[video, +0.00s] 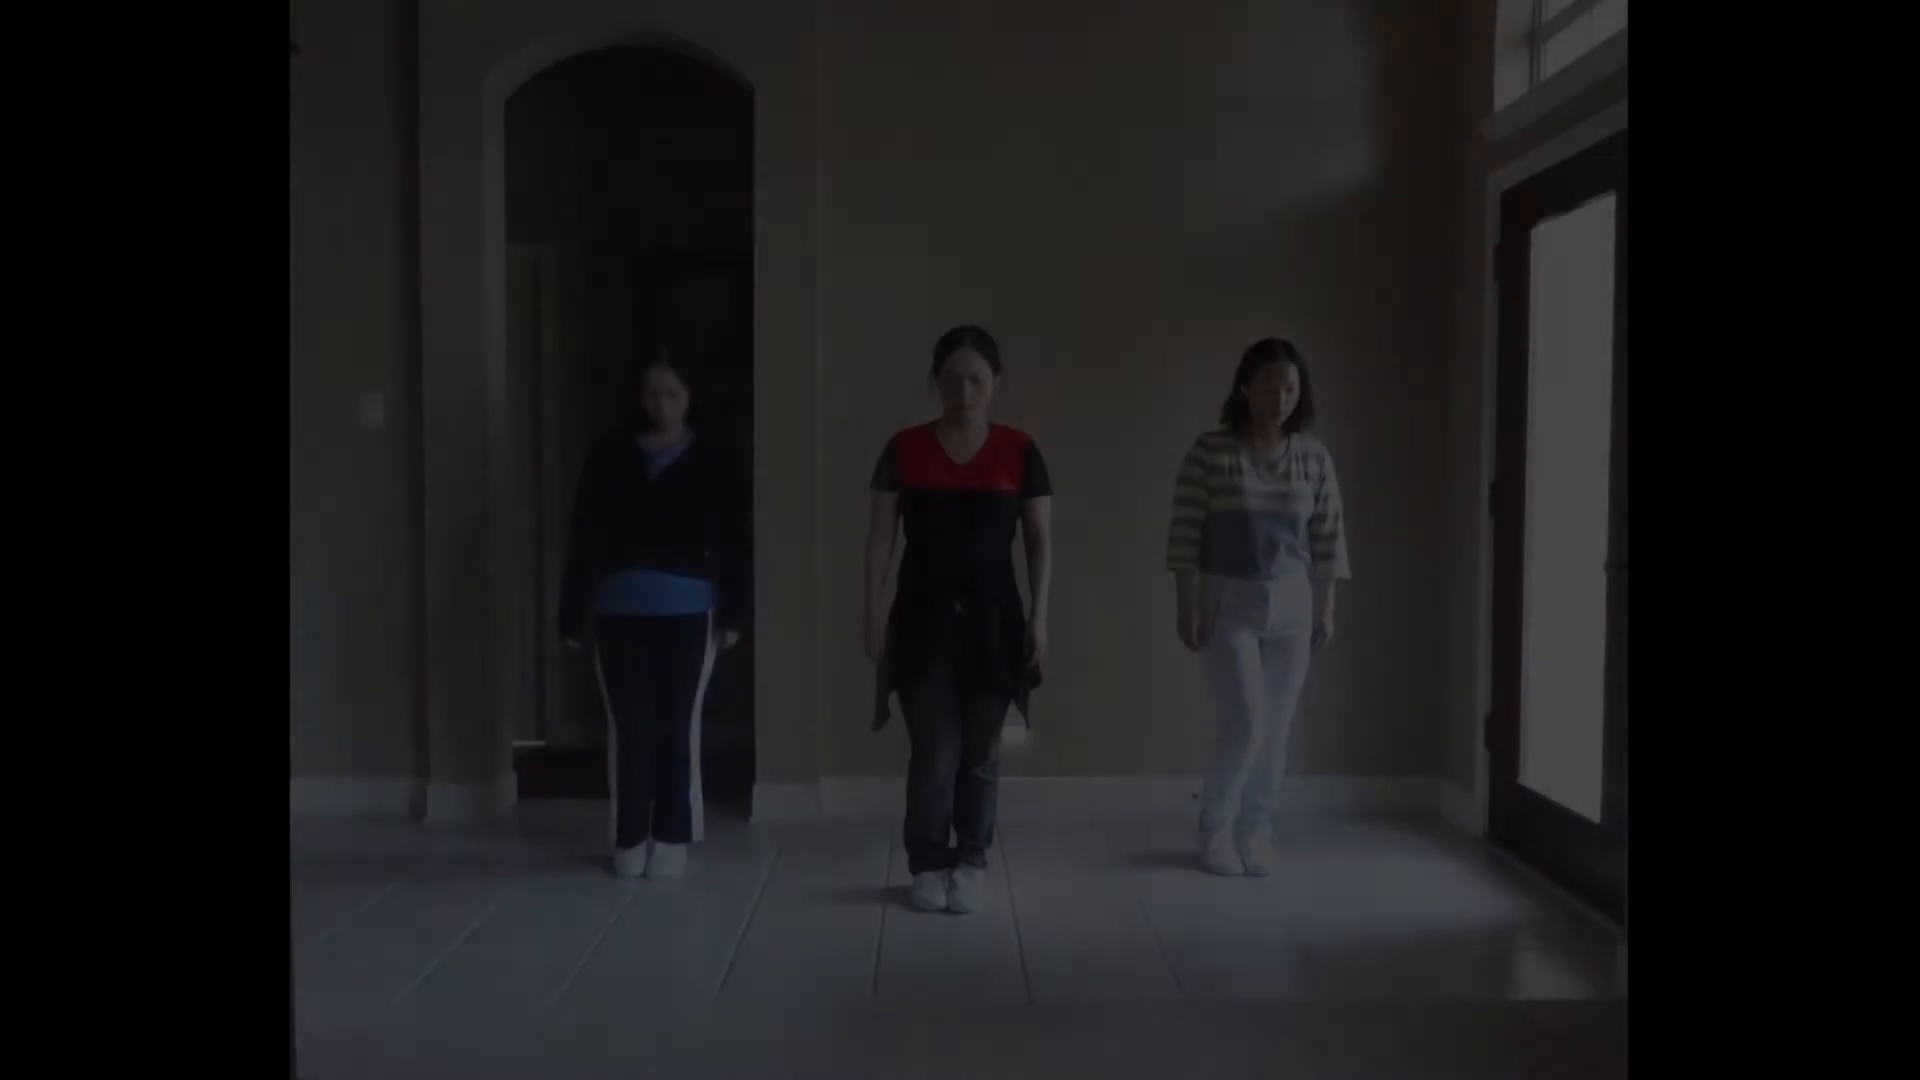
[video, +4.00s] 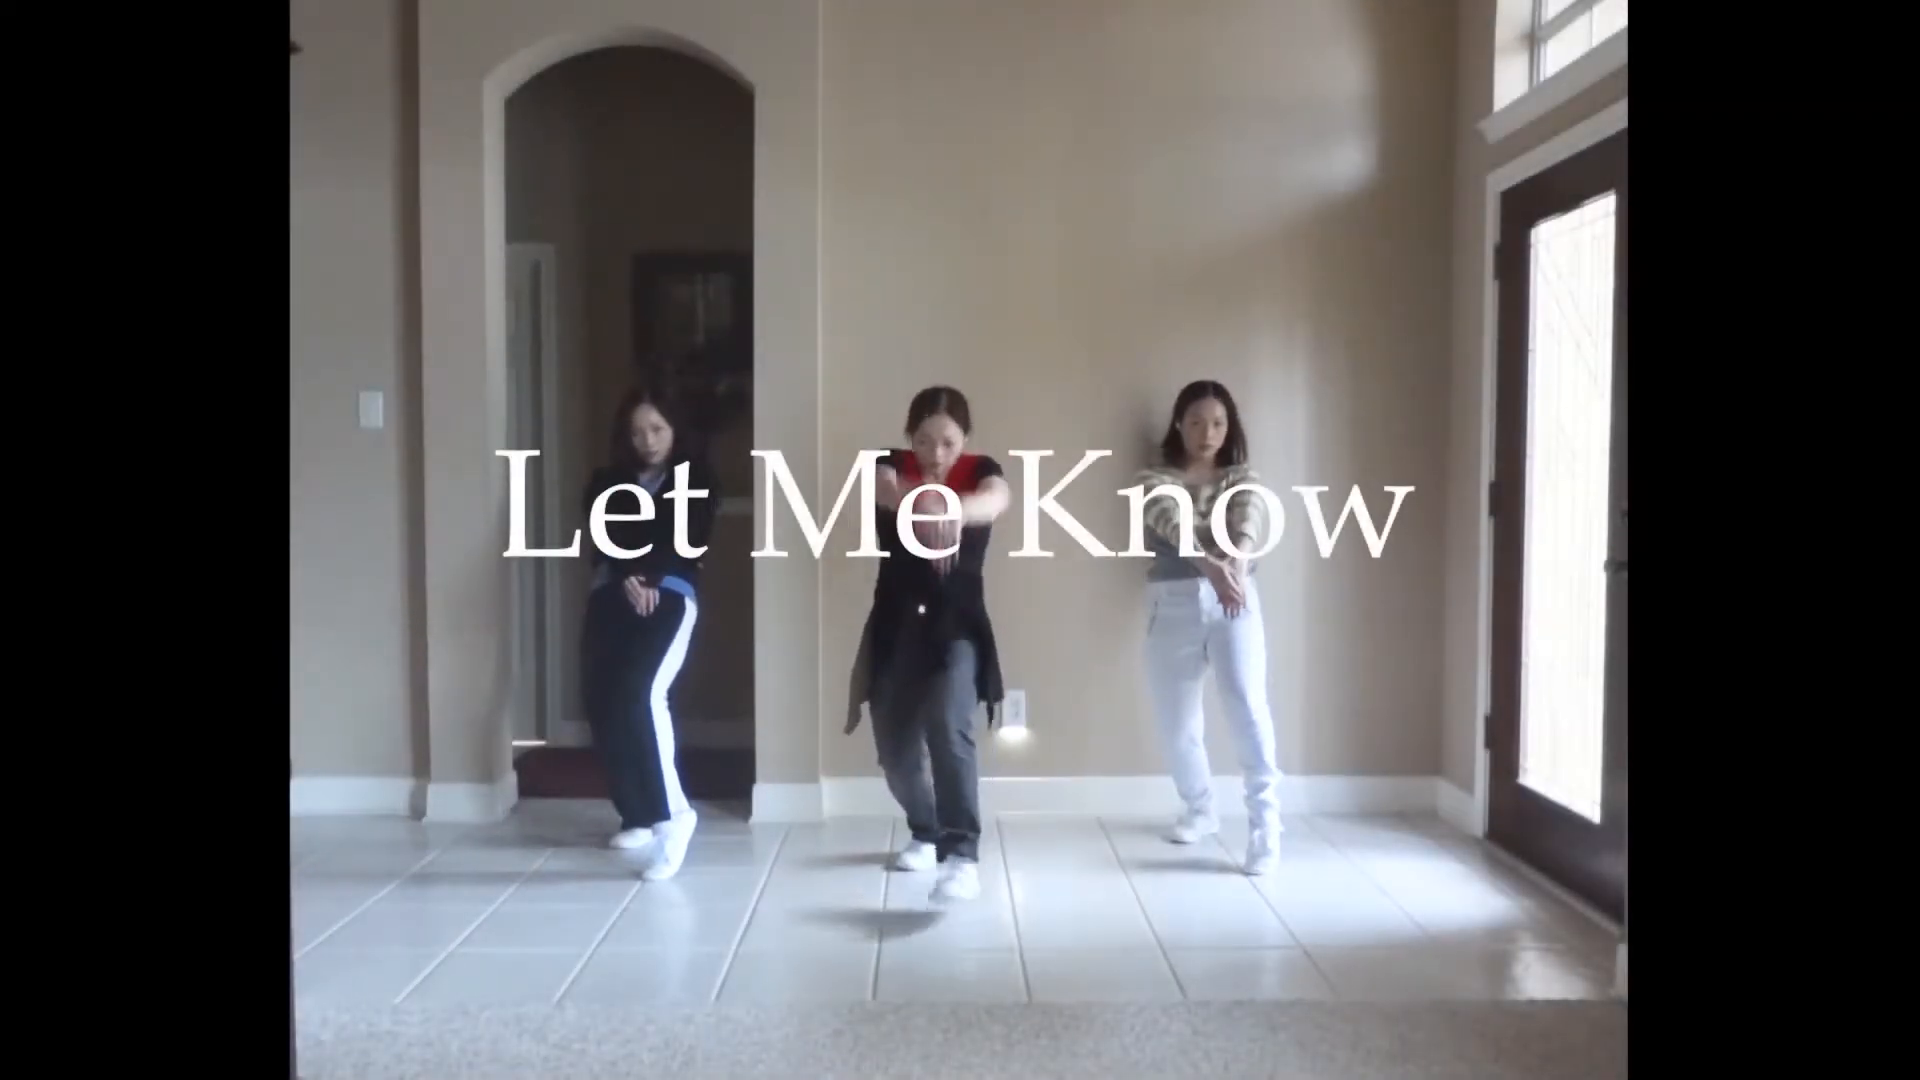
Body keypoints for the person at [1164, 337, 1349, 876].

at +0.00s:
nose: (1279, 398)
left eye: (1289, 387)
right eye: (1269, 386)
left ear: (1300, 395)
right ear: (1246, 389)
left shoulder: (1312, 456)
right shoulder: (1212, 451)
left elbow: (1329, 535)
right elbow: (1185, 533)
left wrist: (1326, 606)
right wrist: (1187, 606)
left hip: (1292, 612)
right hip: (1227, 609)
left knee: (1275, 728)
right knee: (1247, 723)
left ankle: (1256, 834)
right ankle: (1215, 833)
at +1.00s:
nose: (1279, 399)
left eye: (1288, 389)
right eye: (1269, 388)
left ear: (1300, 395)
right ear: (1244, 390)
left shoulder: (1310, 457)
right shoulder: (1210, 452)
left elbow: (1330, 532)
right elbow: (1181, 526)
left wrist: (1341, 596)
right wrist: (1167, 592)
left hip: (1290, 607)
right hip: (1224, 606)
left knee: (1274, 728)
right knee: (1244, 725)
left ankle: (1256, 831)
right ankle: (1214, 830)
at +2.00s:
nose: (1219, 387)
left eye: (1232, 380)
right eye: (1212, 378)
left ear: (1247, 396)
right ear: (1196, 389)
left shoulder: (1256, 450)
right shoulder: (1173, 449)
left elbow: (1280, 403)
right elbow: (1175, 408)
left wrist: (1266, 360)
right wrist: (1212, 352)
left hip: (1242, 594)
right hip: (1179, 596)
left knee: (1259, 714)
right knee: (1188, 717)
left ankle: (1276, 826)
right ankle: (1198, 812)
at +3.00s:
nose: (1199, 432)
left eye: (1209, 424)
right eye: (1190, 423)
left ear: (1222, 431)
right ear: (1172, 428)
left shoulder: (1233, 482)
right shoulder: (1151, 482)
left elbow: (1243, 546)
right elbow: (1142, 539)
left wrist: (1232, 522)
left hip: (1226, 598)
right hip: (1168, 603)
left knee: (1251, 711)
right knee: (1175, 725)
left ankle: (1264, 823)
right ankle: (1199, 808)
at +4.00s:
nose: (1206, 431)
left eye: (1216, 423)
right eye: (1196, 422)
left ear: (1228, 430)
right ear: (1179, 427)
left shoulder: (1241, 482)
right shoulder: (1156, 481)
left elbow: (1251, 534)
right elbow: (1167, 533)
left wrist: (1234, 564)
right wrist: (1209, 566)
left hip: (1231, 602)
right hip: (1172, 605)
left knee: (1248, 710)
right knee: (1177, 725)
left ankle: (1264, 823)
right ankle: (1199, 809)